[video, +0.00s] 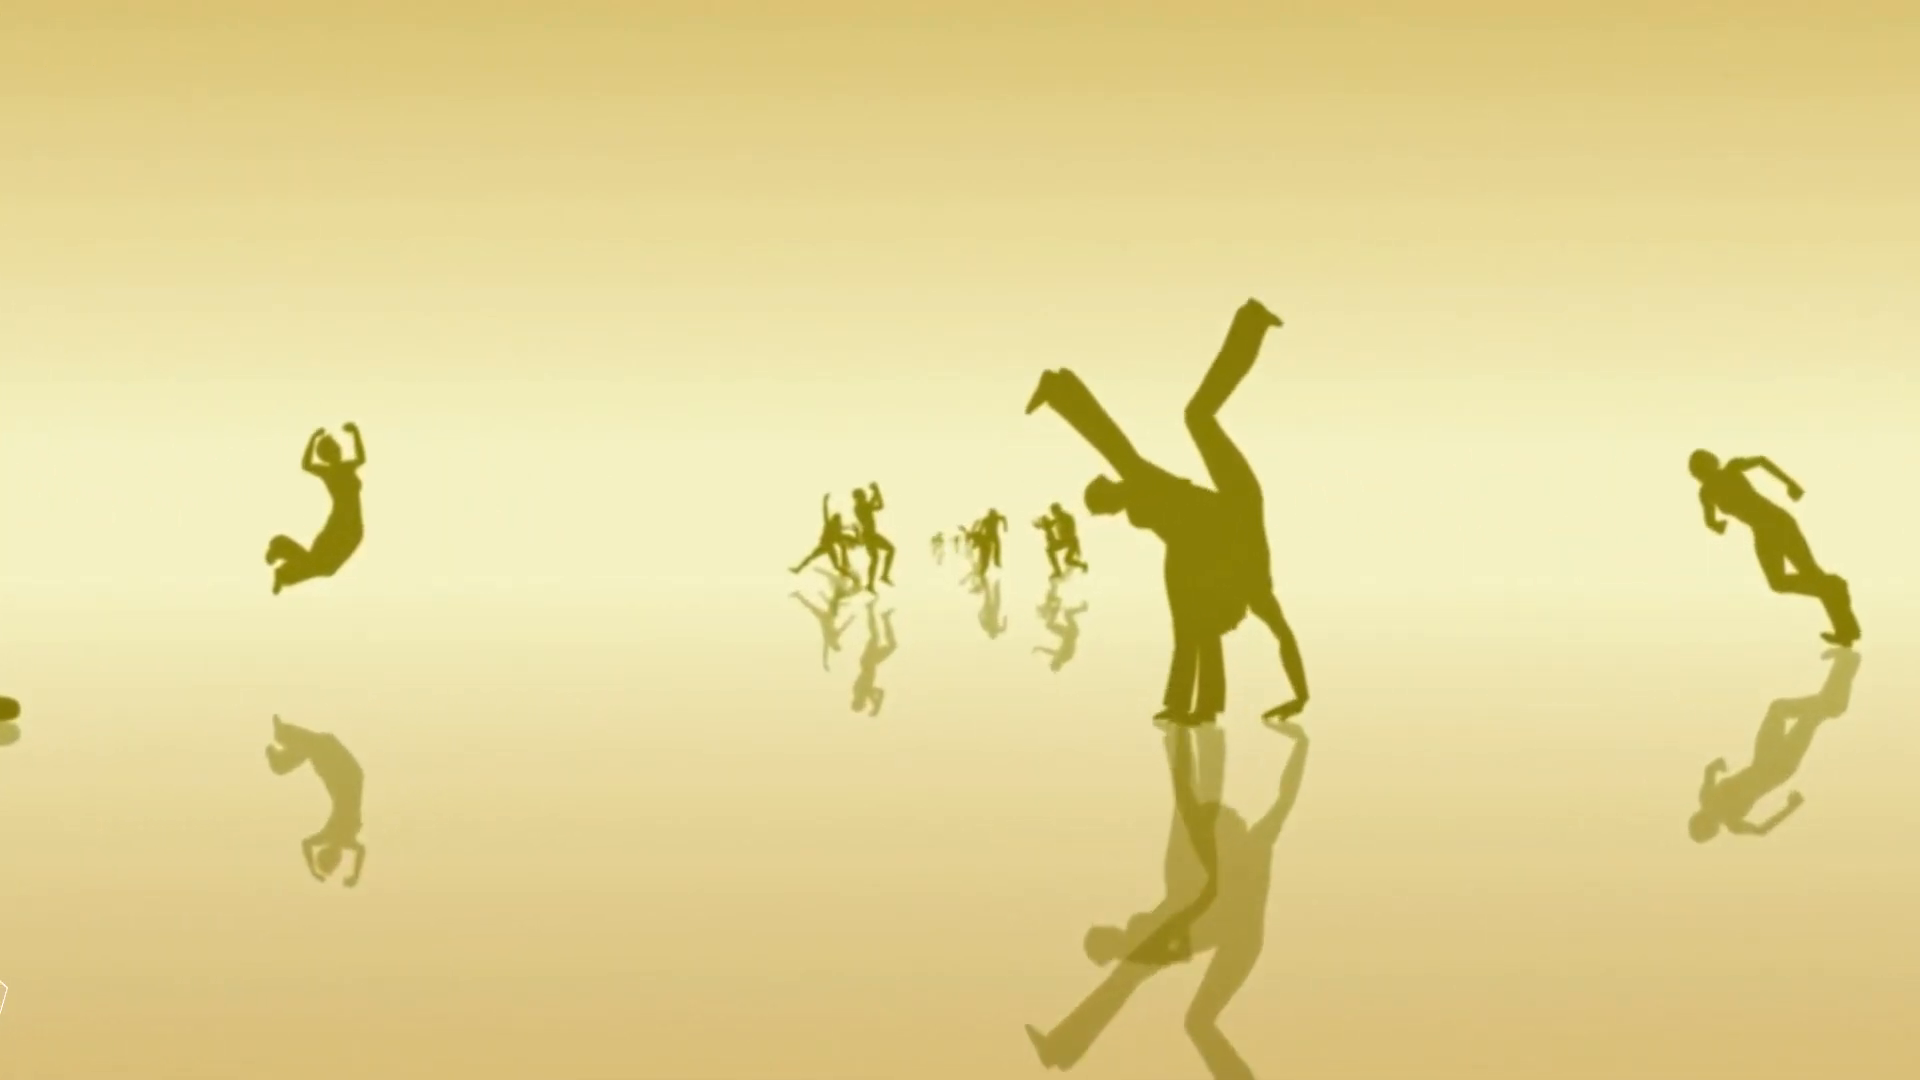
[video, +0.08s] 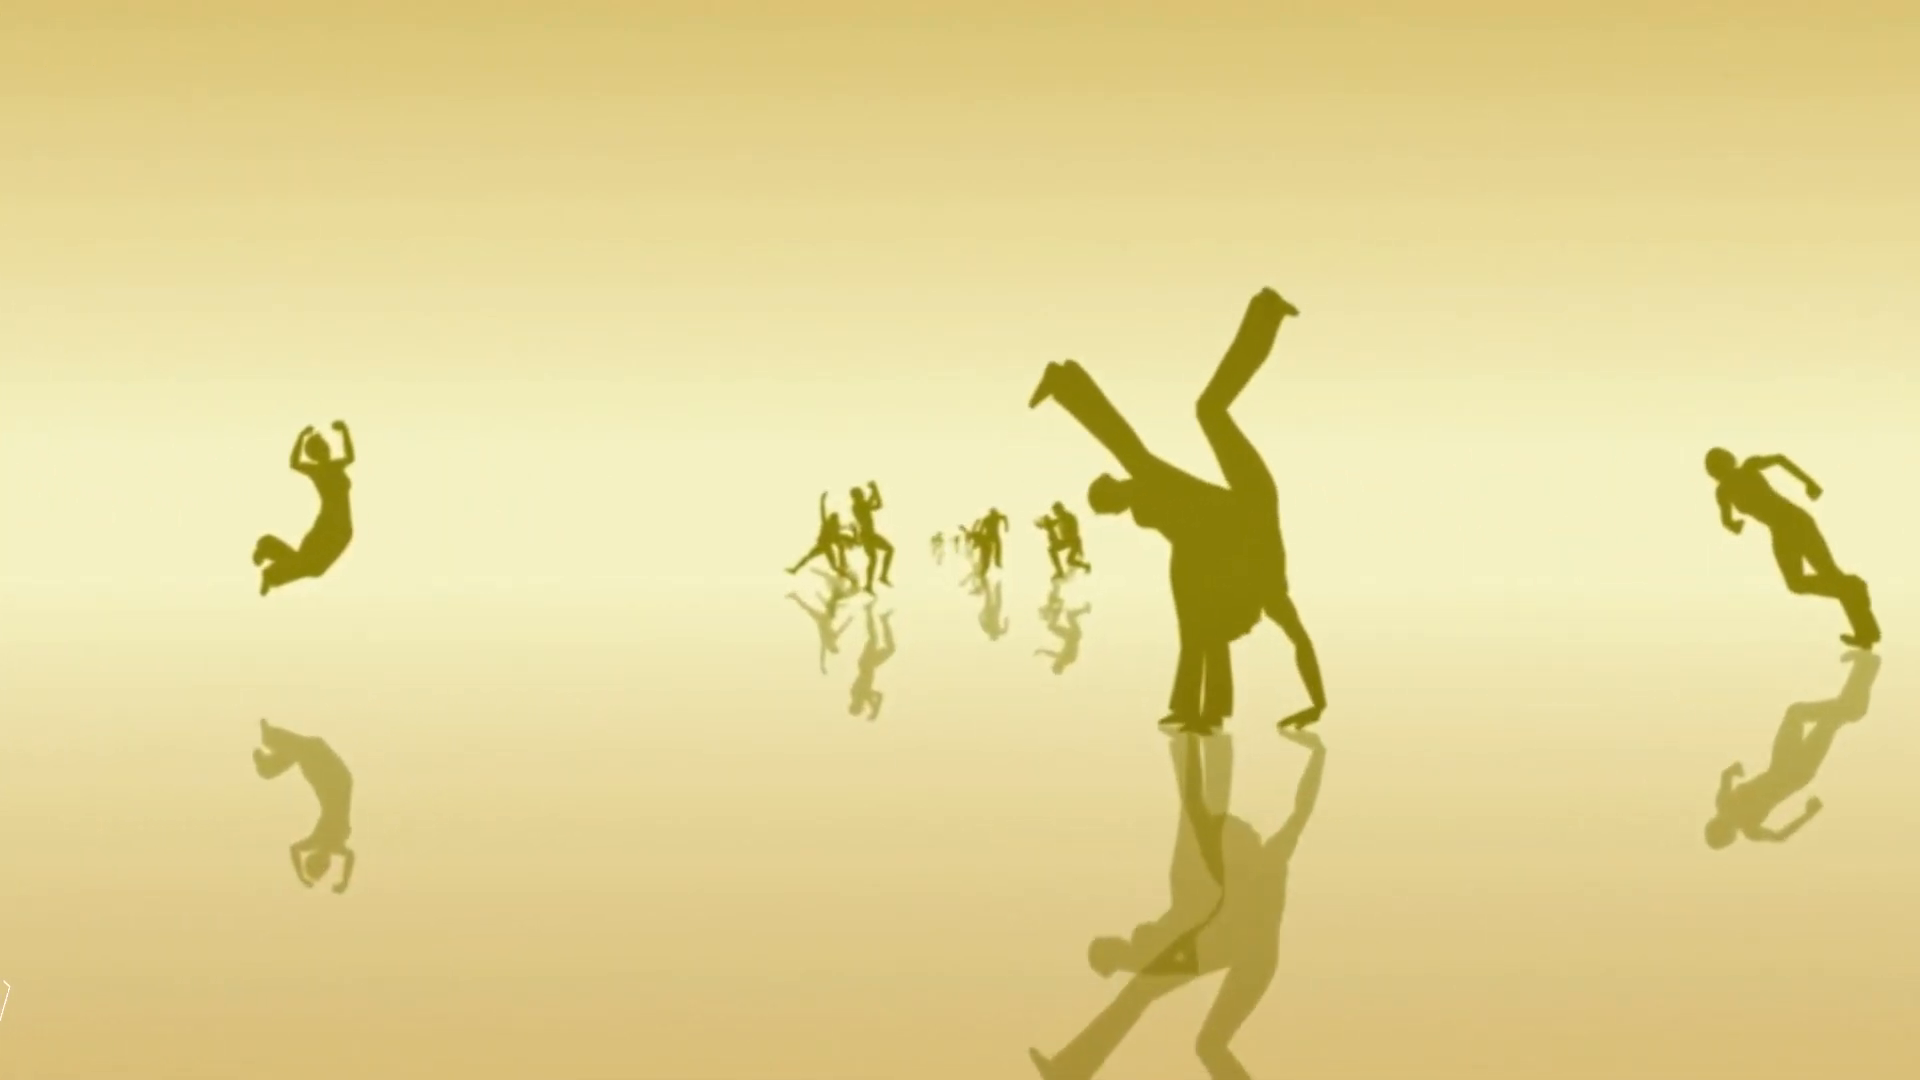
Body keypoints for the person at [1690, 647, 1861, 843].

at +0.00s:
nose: (1710, 831)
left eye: (1705, 830)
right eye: (1708, 833)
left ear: (1701, 818)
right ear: (1710, 830)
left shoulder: (1707, 799)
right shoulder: (1733, 824)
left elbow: (1709, 776)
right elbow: (1761, 830)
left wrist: (1715, 767)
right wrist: (1790, 808)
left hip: (1763, 758)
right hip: (1780, 769)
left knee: (1776, 709)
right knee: (1813, 717)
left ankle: (1823, 703)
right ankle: (1846, 663)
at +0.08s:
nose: (1727, 837)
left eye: (1722, 836)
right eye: (1725, 839)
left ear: (1717, 824)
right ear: (1727, 836)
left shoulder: (1724, 806)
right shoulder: (1751, 831)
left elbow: (1725, 782)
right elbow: (1780, 836)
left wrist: (1732, 771)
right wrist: (1808, 815)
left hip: (1780, 763)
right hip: (1798, 775)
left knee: (1794, 713)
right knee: (1833, 720)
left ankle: (1841, 707)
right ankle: (1866, 664)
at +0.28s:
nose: (1756, 847)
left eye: (1750, 846)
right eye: (1753, 850)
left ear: (1746, 834)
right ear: (1756, 847)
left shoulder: (1753, 815)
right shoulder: (1780, 842)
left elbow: (1755, 788)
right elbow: (1811, 848)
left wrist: (1762, 780)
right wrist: (1841, 824)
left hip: (1812, 772)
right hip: (1829, 785)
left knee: (1826, 720)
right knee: (1864, 729)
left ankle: (1879, 714)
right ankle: (1900, 670)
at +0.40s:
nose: (1767, 846)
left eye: (1762, 846)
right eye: (1766, 850)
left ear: (1758, 838)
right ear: (1769, 850)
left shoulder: (1765, 818)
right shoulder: (1793, 845)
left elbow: (1767, 789)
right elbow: (1824, 853)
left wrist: (1776, 783)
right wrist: (1855, 828)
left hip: (1826, 773)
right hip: (1845, 787)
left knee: (1840, 722)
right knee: (1879, 729)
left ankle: (1890, 716)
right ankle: (1911, 666)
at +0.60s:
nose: (1802, 866)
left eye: (1796, 864)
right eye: (1799, 868)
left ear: (1790, 853)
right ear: (1801, 865)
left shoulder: (1797, 828)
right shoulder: (1826, 857)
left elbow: (1800, 798)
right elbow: (1858, 865)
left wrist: (1809, 792)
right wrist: (1890, 841)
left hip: (1860, 784)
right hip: (1879, 798)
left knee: (1876, 727)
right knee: (1909, 744)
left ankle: (1915, 723)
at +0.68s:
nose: (1821, 870)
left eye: (1815, 869)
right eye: (1819, 874)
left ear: (1809, 859)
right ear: (1821, 875)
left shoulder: (1817, 835)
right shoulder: (1848, 866)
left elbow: (1821, 804)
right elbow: (1882, 873)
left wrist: (1831, 798)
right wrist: (1910, 850)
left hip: (1882, 789)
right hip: (1903, 803)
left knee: (1898, 731)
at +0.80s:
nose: (1837, 882)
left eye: (1830, 877)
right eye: (1833, 885)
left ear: (1826, 864)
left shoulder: (1832, 841)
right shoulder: (1865, 872)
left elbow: (1836, 809)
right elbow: (1896, 878)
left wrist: (1845, 801)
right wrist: (1915, 863)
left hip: (1897, 800)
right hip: (1910, 814)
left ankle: (1915, 729)